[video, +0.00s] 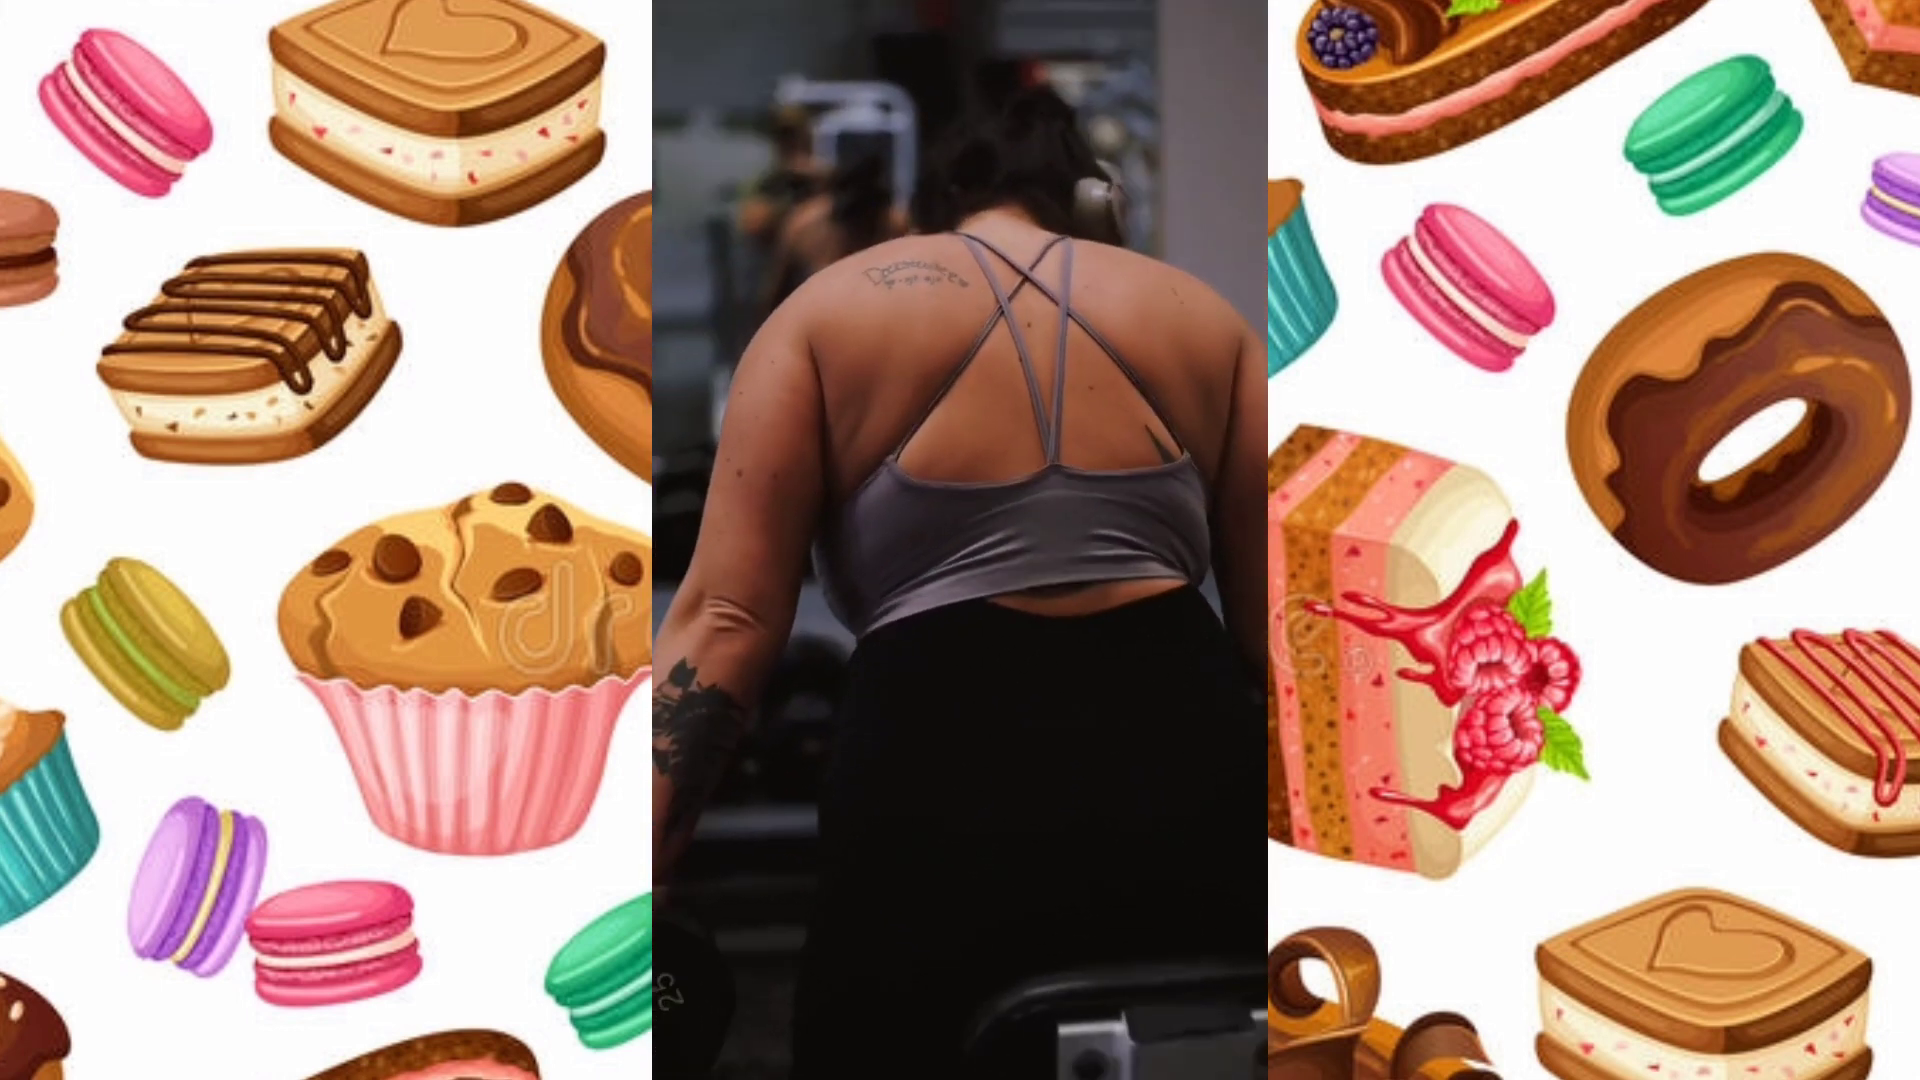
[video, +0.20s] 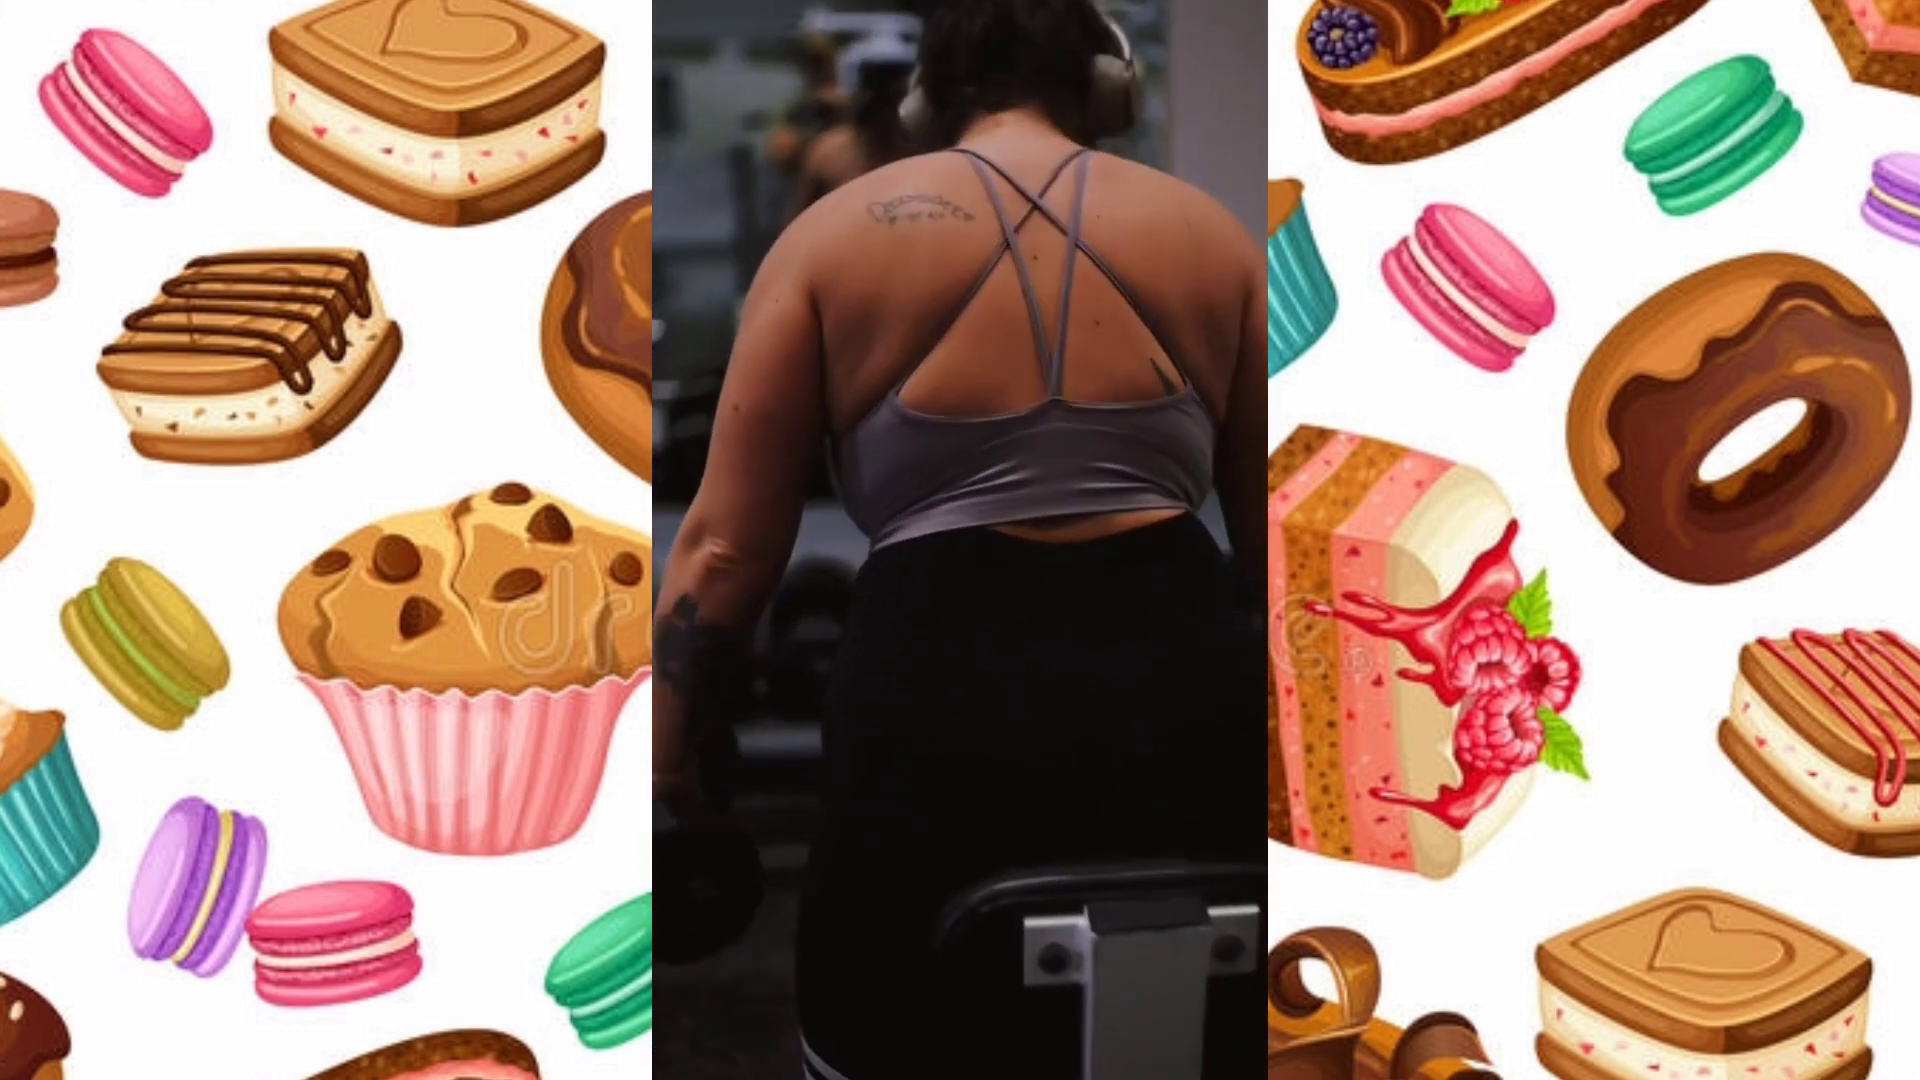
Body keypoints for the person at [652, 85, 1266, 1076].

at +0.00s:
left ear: (937, 192)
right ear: (1083, 190)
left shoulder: (827, 316)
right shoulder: (1201, 317)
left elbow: (726, 614)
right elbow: (1274, 620)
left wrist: (622, 864)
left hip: (933, 762)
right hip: (1184, 751)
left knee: (886, 1050)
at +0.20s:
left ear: (928, 92)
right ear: (1101, 86)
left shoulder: (830, 240)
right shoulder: (1208, 232)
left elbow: (725, 556)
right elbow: (1280, 532)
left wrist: (666, 755)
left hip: (933, 691)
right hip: (1183, 677)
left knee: (881, 1023)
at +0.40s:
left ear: (896, 22)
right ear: (1062, 20)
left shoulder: (793, 198)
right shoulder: (1170, 186)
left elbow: (700, 512)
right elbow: (1264, 477)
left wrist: (721, 556)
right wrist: (1207, 514)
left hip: (890, 659)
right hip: (1132, 648)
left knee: (853, 1039)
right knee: (1154, 1016)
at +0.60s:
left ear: (826, 68)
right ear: (1000, 53)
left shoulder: (744, 259)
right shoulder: (1120, 242)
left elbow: (690, 549)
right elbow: (1219, 508)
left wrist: (758, 451)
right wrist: (1111, 467)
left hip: (854, 703)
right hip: (1083, 689)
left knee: (825, 1045)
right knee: (1103, 1030)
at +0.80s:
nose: (795, 112)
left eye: (804, 94)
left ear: (813, 116)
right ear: (994, 107)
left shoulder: (738, 311)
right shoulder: (1105, 291)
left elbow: (689, 591)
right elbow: (1198, 548)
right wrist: (1104, 470)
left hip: (853, 757)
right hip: (1080, 745)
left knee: (757, 1042)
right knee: (1101, 1039)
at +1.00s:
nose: (719, 145)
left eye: (728, 124)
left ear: (740, 147)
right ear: (917, 139)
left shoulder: (672, 326)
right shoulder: (1016, 315)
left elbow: (620, 559)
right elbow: (1097, 568)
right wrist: (1122, 528)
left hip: (756, 741)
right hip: (966, 729)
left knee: (750, 1044)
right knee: (960, 1041)